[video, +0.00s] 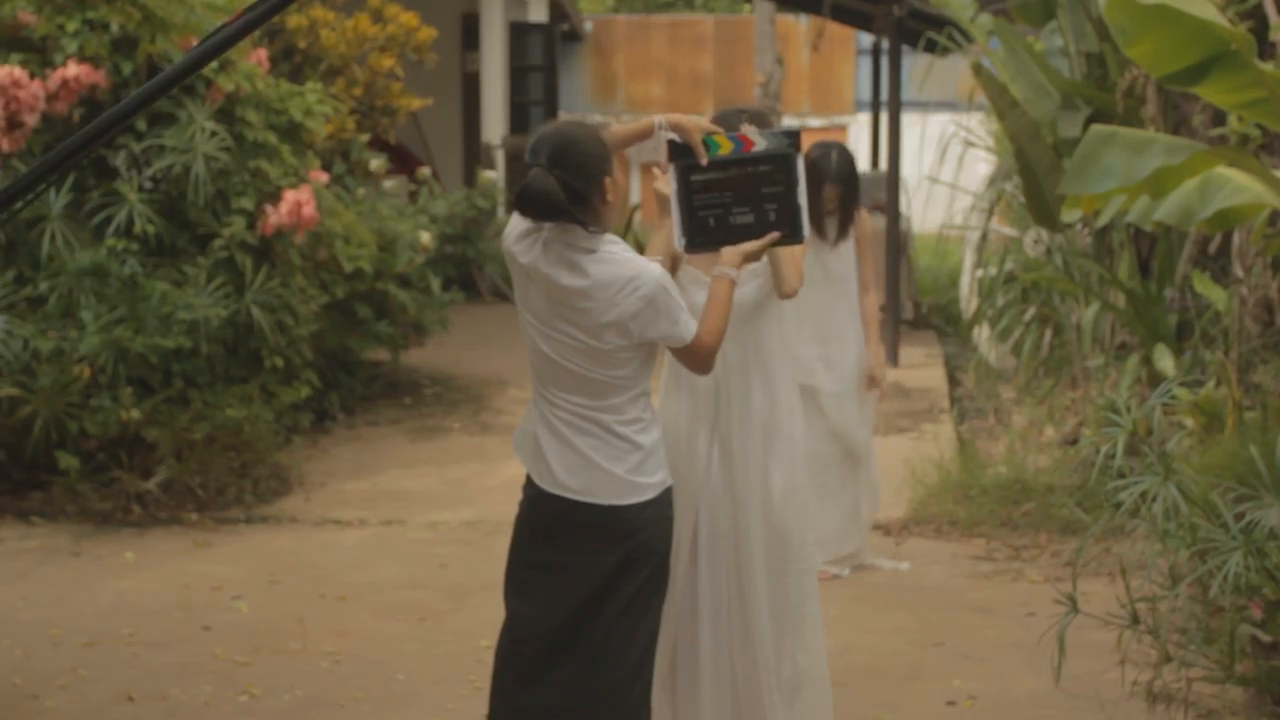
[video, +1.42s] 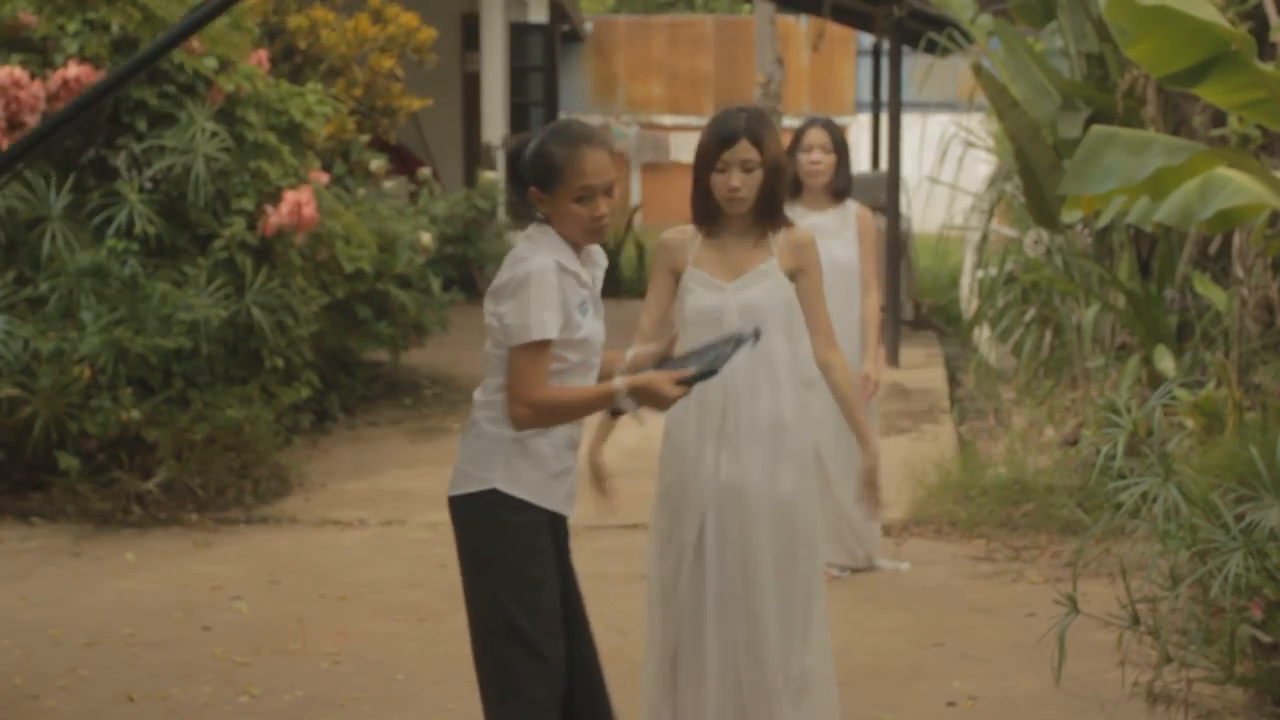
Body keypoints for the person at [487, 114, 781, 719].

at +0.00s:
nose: (623, 179)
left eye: (615, 166)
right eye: (617, 169)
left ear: (544, 181)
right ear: (607, 186)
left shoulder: (523, 243)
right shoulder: (637, 278)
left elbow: (559, 162)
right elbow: (699, 355)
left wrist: (654, 126)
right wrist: (727, 269)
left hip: (551, 488)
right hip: (629, 496)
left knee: (527, 654)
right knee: (618, 666)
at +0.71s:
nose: (631, 177)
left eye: (628, 166)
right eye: (625, 169)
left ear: (553, 181)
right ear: (607, 188)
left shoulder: (522, 242)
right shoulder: (638, 277)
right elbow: (702, 353)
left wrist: (640, 150)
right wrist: (733, 269)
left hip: (548, 488)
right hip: (626, 496)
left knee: (526, 655)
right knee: (616, 666)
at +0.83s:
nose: (632, 180)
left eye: (631, 168)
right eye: (625, 171)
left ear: (552, 179)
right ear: (602, 190)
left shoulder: (516, 242)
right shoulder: (631, 274)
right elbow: (698, 351)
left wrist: (654, 187)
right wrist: (726, 266)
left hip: (545, 488)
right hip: (623, 495)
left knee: (530, 662)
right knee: (615, 668)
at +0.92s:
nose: (632, 180)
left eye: (633, 168)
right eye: (624, 171)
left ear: (553, 181)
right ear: (591, 187)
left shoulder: (510, 237)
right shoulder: (621, 270)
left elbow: (557, 198)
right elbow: (688, 355)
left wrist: (631, 156)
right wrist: (722, 274)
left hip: (541, 485)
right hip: (618, 492)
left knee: (535, 660)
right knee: (616, 663)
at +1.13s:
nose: (622, 203)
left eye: (623, 187)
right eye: (609, 190)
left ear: (555, 192)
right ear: (559, 195)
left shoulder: (510, 230)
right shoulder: (584, 266)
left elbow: (598, 246)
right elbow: (648, 379)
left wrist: (636, 209)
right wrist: (704, 307)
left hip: (514, 477)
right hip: (573, 487)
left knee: (548, 652)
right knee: (616, 661)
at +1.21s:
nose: (618, 205)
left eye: (621, 189)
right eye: (603, 192)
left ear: (549, 198)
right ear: (553, 196)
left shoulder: (520, 236)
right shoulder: (571, 264)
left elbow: (559, 320)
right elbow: (619, 392)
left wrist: (627, 270)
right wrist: (691, 331)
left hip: (508, 478)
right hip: (551, 488)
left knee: (540, 664)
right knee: (589, 666)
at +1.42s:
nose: (602, 209)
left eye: (609, 192)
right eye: (583, 197)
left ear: (621, 187)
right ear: (540, 201)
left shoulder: (584, 261)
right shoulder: (536, 269)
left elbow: (572, 367)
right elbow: (527, 404)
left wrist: (641, 360)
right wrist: (626, 391)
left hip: (536, 493)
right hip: (500, 494)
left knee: (575, 680)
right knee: (530, 682)